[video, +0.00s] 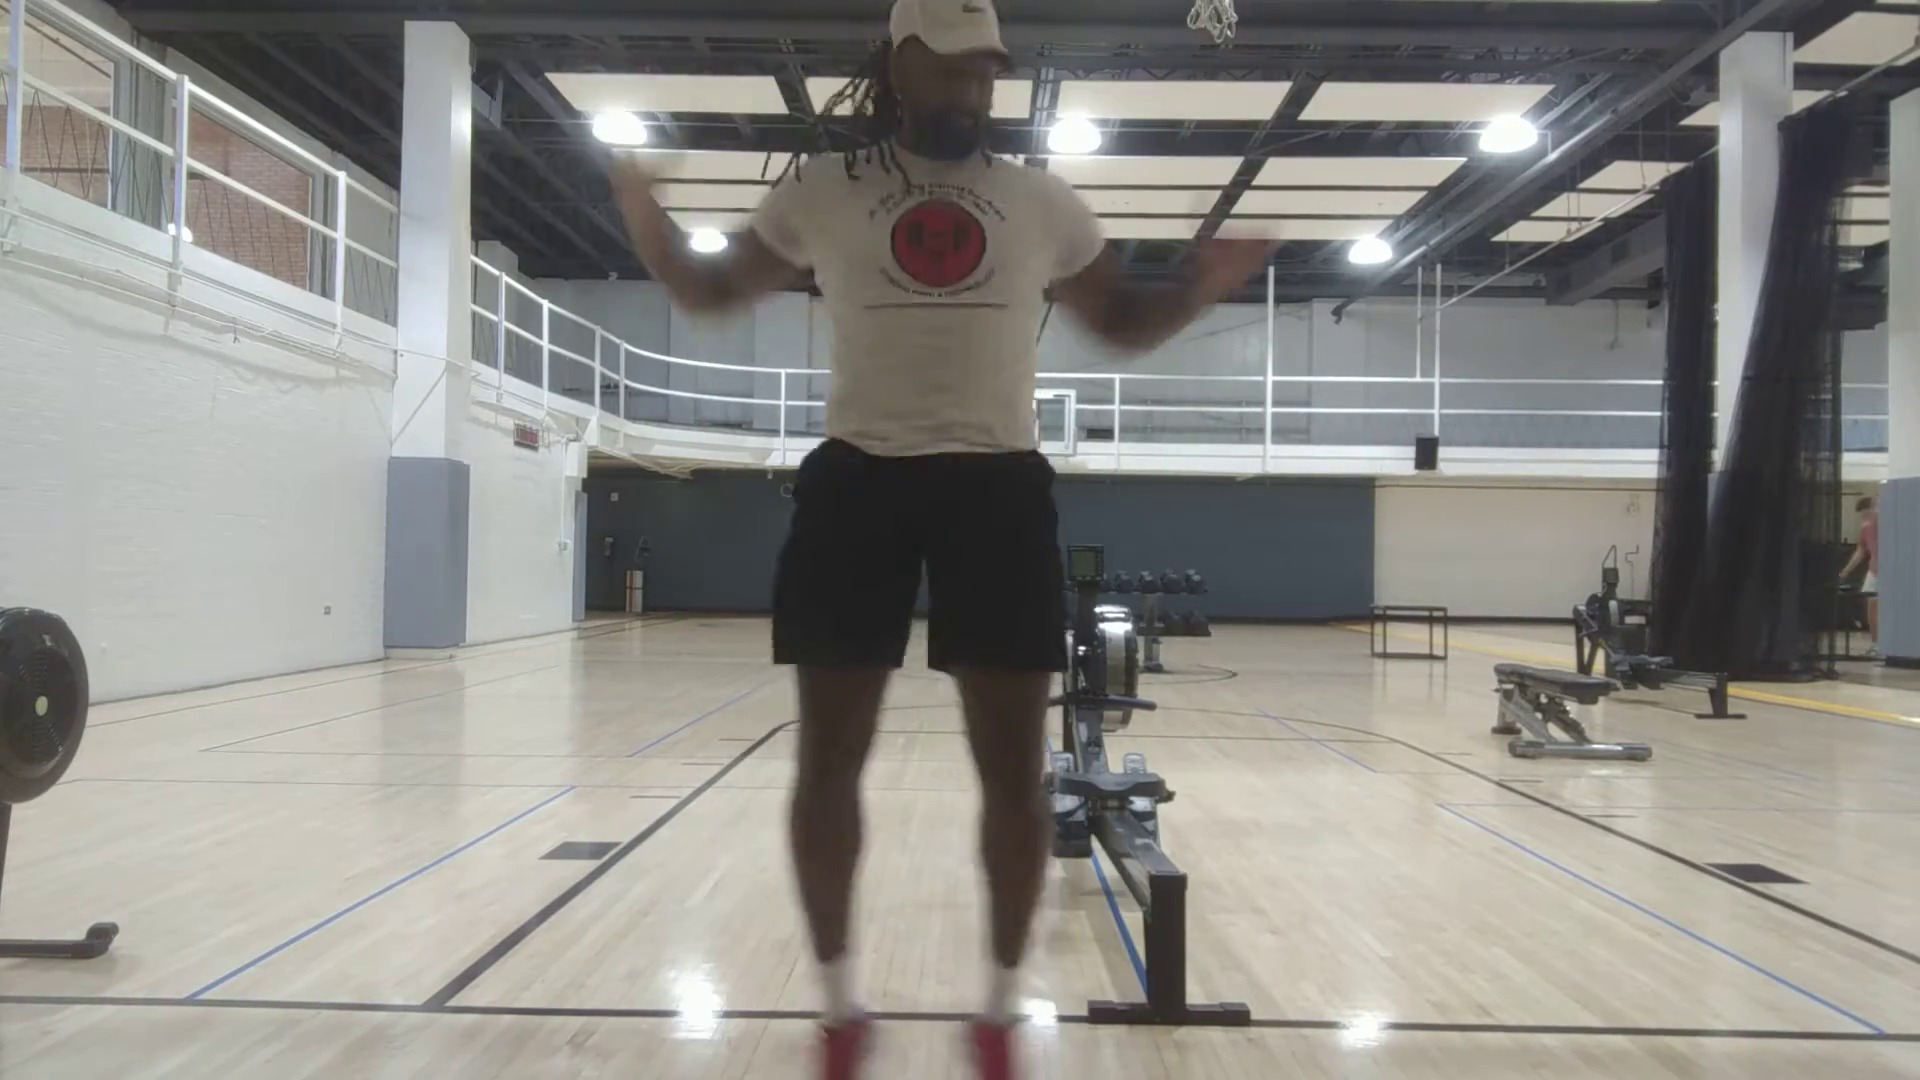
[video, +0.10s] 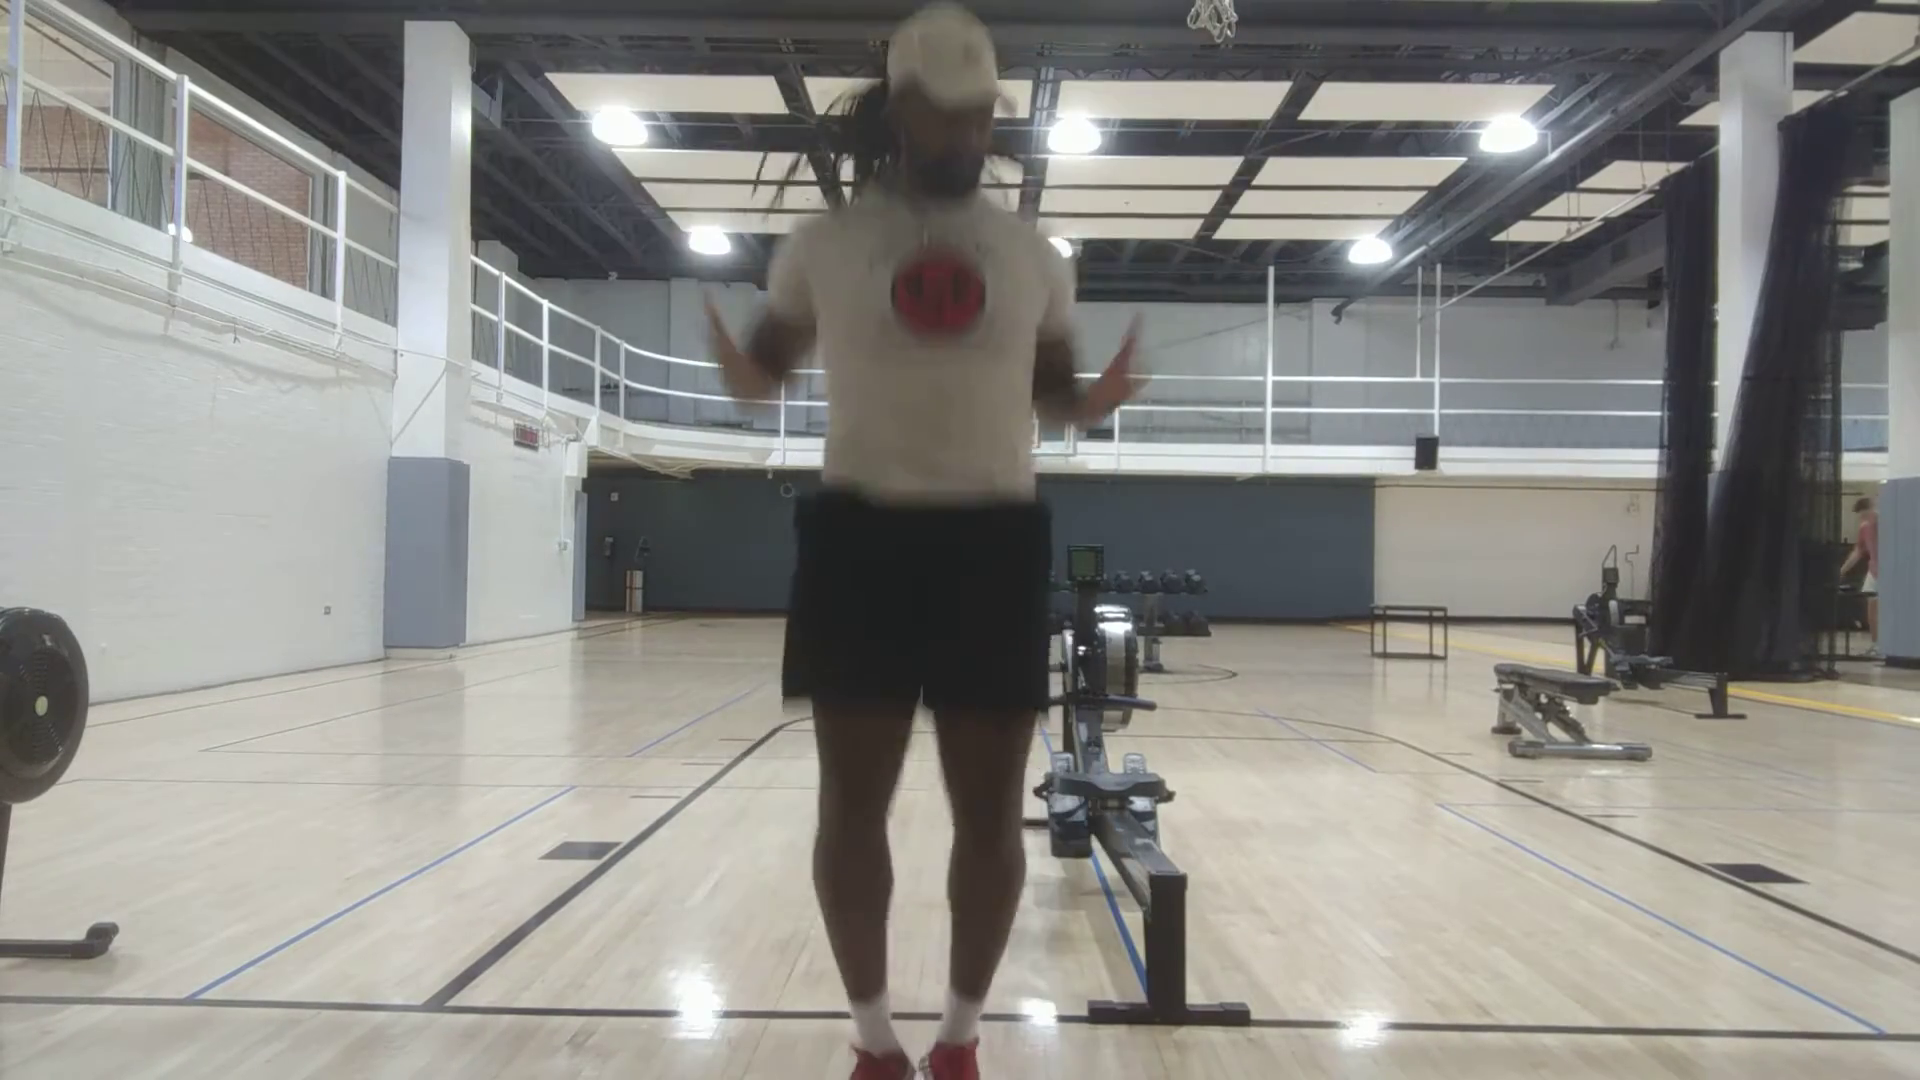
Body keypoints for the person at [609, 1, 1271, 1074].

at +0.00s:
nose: (971, 91)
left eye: (984, 71)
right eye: (950, 70)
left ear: (997, 76)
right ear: (896, 70)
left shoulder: (1039, 195)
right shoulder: (825, 188)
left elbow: (1122, 321)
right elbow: (712, 292)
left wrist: (1200, 281)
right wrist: (646, 214)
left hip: (999, 495)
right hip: (856, 492)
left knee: (1016, 768)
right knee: (831, 759)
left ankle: (1000, 1004)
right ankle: (840, 1003)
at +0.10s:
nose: (958, 134)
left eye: (975, 113)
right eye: (936, 112)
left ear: (996, 120)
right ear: (895, 115)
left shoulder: (1033, 253)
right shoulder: (827, 242)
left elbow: (1051, 393)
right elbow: (763, 377)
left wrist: (1091, 398)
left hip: (996, 537)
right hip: (862, 533)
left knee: (989, 808)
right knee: (853, 801)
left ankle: (959, 1039)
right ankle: (875, 1042)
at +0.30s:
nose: (949, 171)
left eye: (964, 152)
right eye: (928, 151)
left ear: (984, 157)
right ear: (883, 148)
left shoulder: (1024, 279)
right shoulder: (822, 264)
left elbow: (1078, 405)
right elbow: (765, 395)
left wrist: (1124, 396)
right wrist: (743, 394)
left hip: (989, 558)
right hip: (859, 556)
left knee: (984, 804)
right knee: (854, 799)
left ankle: (961, 1036)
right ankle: (874, 1038)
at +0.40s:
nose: (973, 126)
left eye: (984, 106)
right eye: (953, 105)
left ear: (995, 101)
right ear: (891, 98)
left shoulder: (1024, 213)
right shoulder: (825, 204)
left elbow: (1125, 324)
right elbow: (716, 318)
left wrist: (1191, 254)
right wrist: (651, 267)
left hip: (988, 503)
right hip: (854, 502)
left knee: (1002, 759)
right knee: (832, 754)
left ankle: (1004, 1002)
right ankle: (829, 997)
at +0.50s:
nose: (982, 146)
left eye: (991, 125)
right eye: (961, 125)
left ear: (997, 113)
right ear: (899, 109)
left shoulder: (1028, 213)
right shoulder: (824, 198)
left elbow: (1166, 255)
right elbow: (671, 250)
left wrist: (1195, 139)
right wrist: (613, 125)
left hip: (990, 499)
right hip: (852, 494)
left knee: (1031, 761)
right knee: (796, 754)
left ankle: (1061, 993)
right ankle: (765, 974)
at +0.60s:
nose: (959, 216)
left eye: (975, 199)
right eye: (942, 195)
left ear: (999, 195)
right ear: (897, 180)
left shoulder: (1027, 261)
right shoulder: (825, 253)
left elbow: (1153, 226)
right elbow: (675, 230)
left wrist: (1101, 92)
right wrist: (700, 92)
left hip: (986, 565)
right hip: (849, 561)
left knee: (1052, 817)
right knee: (775, 810)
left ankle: (1084, 1021)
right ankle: (720, 1008)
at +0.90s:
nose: (1001, 143)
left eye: (1009, 124)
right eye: (982, 123)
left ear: (1012, 121)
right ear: (922, 118)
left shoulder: (1036, 218)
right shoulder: (837, 208)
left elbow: (1148, 289)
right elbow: (699, 277)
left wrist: (1231, 199)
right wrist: (622, 185)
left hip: (990, 502)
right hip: (857, 496)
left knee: (1017, 744)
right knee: (810, 735)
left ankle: (1033, 982)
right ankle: (788, 966)